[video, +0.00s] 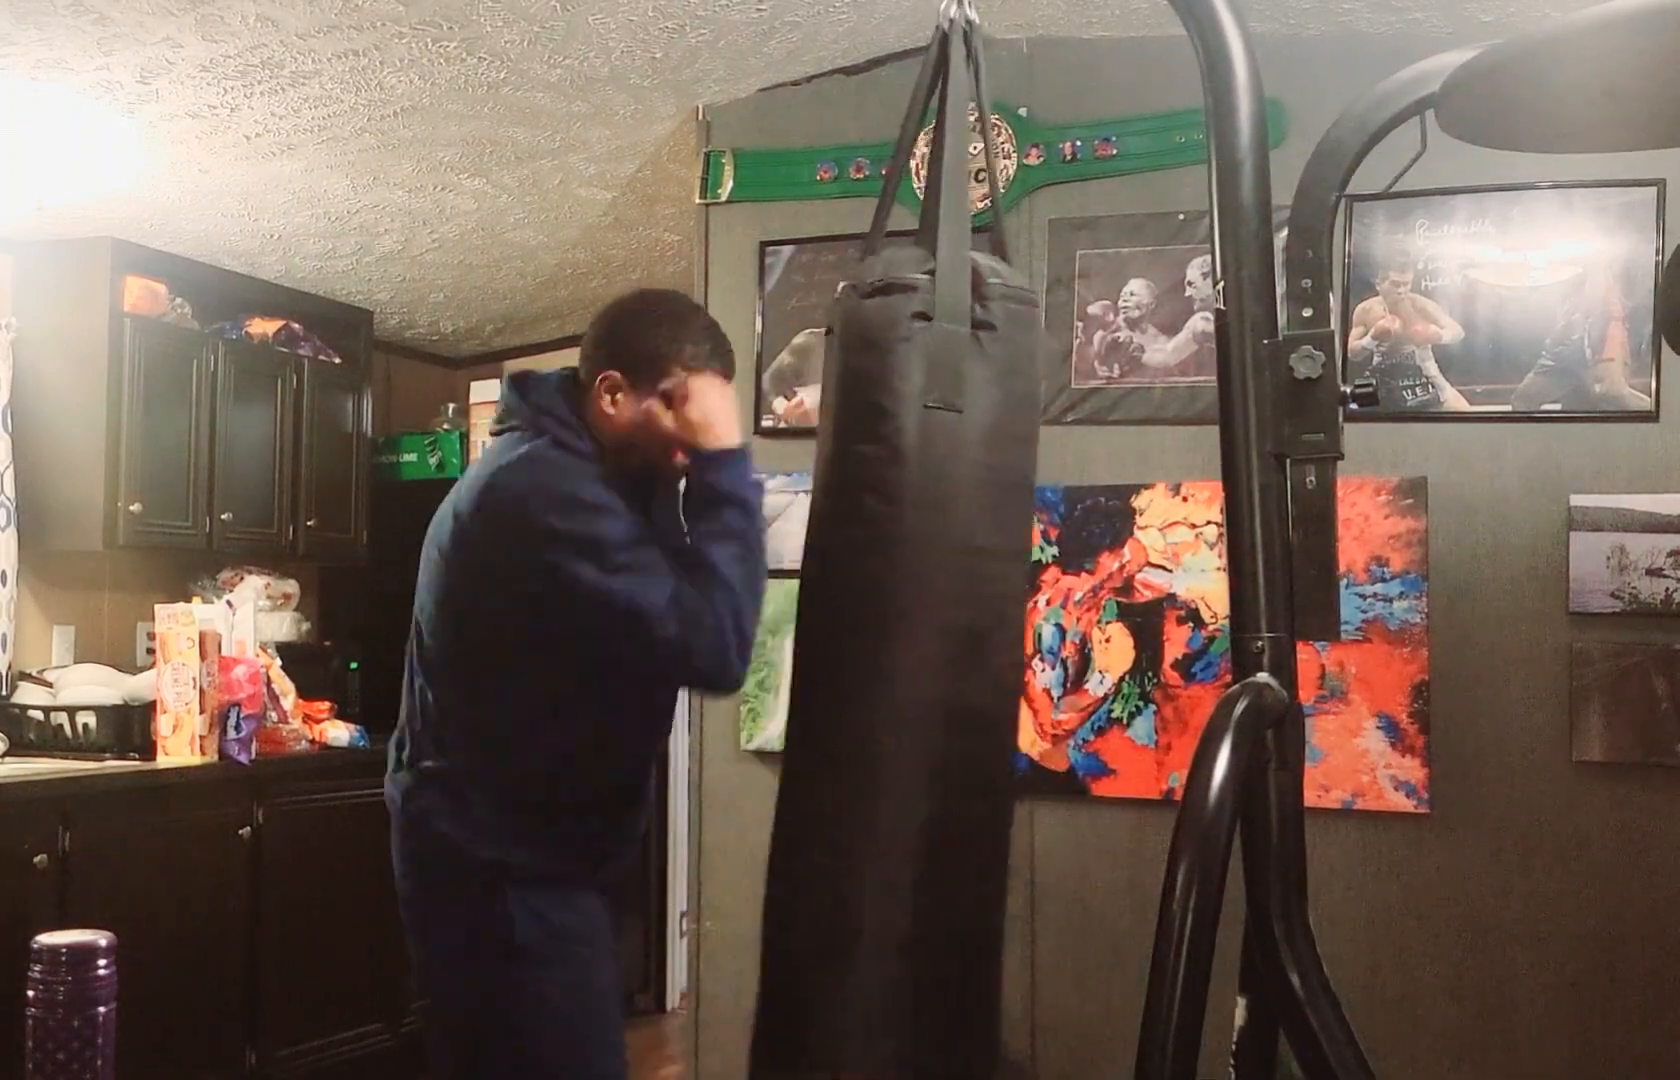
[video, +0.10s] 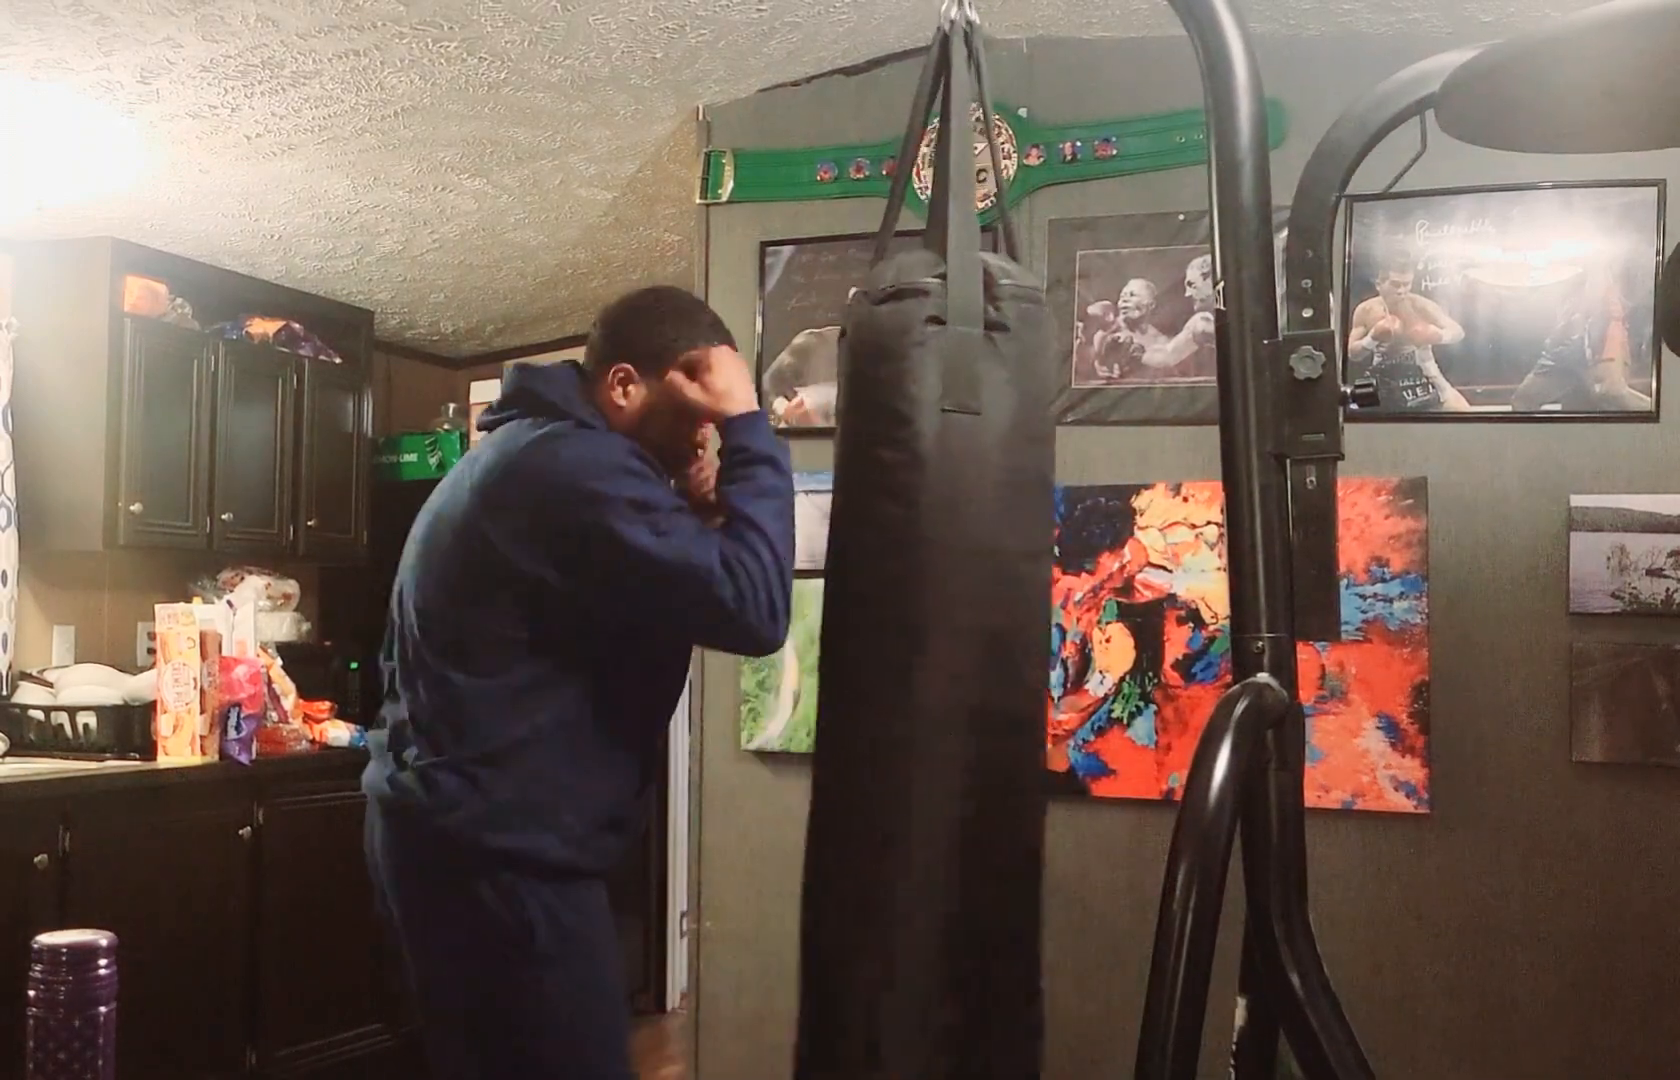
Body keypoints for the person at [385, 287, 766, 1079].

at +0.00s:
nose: (692, 447)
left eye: (699, 423)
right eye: (682, 418)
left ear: (607, 395)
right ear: (611, 394)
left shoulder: (567, 469)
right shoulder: (544, 489)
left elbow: (698, 624)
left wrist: (699, 467)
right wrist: (723, 460)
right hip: (506, 876)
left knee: (542, 1061)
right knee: (568, 1065)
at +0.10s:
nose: (716, 424)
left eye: (722, 403)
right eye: (705, 395)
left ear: (619, 386)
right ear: (624, 386)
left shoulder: (520, 449)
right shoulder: (578, 466)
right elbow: (751, 611)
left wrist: (693, 510)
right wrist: (749, 426)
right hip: (508, 859)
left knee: (498, 1061)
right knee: (573, 1062)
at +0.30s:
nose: (670, 495)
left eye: (677, 476)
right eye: (668, 469)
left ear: (599, 421)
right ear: (614, 426)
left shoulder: (469, 475)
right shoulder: (579, 484)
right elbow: (745, 629)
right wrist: (738, 460)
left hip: (367, 843)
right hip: (488, 867)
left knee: (403, 1063)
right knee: (574, 1061)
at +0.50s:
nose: (672, 472)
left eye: (679, 451)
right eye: (666, 445)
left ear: (596, 413)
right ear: (600, 416)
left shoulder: (477, 465)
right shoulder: (543, 482)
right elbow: (703, 645)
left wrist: (641, 555)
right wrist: (716, 467)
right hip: (476, 877)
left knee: (425, 1065)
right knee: (568, 1062)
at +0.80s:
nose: (671, 434)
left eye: (682, 417)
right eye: (668, 410)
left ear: (599, 386)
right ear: (599, 382)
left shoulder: (563, 451)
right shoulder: (492, 471)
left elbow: (746, 473)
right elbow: (634, 641)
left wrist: (950, 486)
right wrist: (692, 460)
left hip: (492, 856)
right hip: (455, 871)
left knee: (435, 1062)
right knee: (524, 1063)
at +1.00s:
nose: (668, 438)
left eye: (679, 414)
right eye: (666, 407)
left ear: (593, 379)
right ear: (604, 379)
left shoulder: (497, 447)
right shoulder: (511, 465)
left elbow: (637, 583)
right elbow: (653, 643)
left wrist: (777, 545)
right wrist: (700, 469)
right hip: (457, 858)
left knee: (447, 1063)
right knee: (521, 1063)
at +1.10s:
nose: (653, 451)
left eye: (666, 427)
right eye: (654, 422)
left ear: (582, 389)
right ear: (601, 392)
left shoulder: (450, 446)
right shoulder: (528, 467)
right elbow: (659, 646)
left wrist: (682, 575)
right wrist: (695, 475)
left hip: (374, 831)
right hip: (461, 856)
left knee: (408, 1062)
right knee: (528, 1063)